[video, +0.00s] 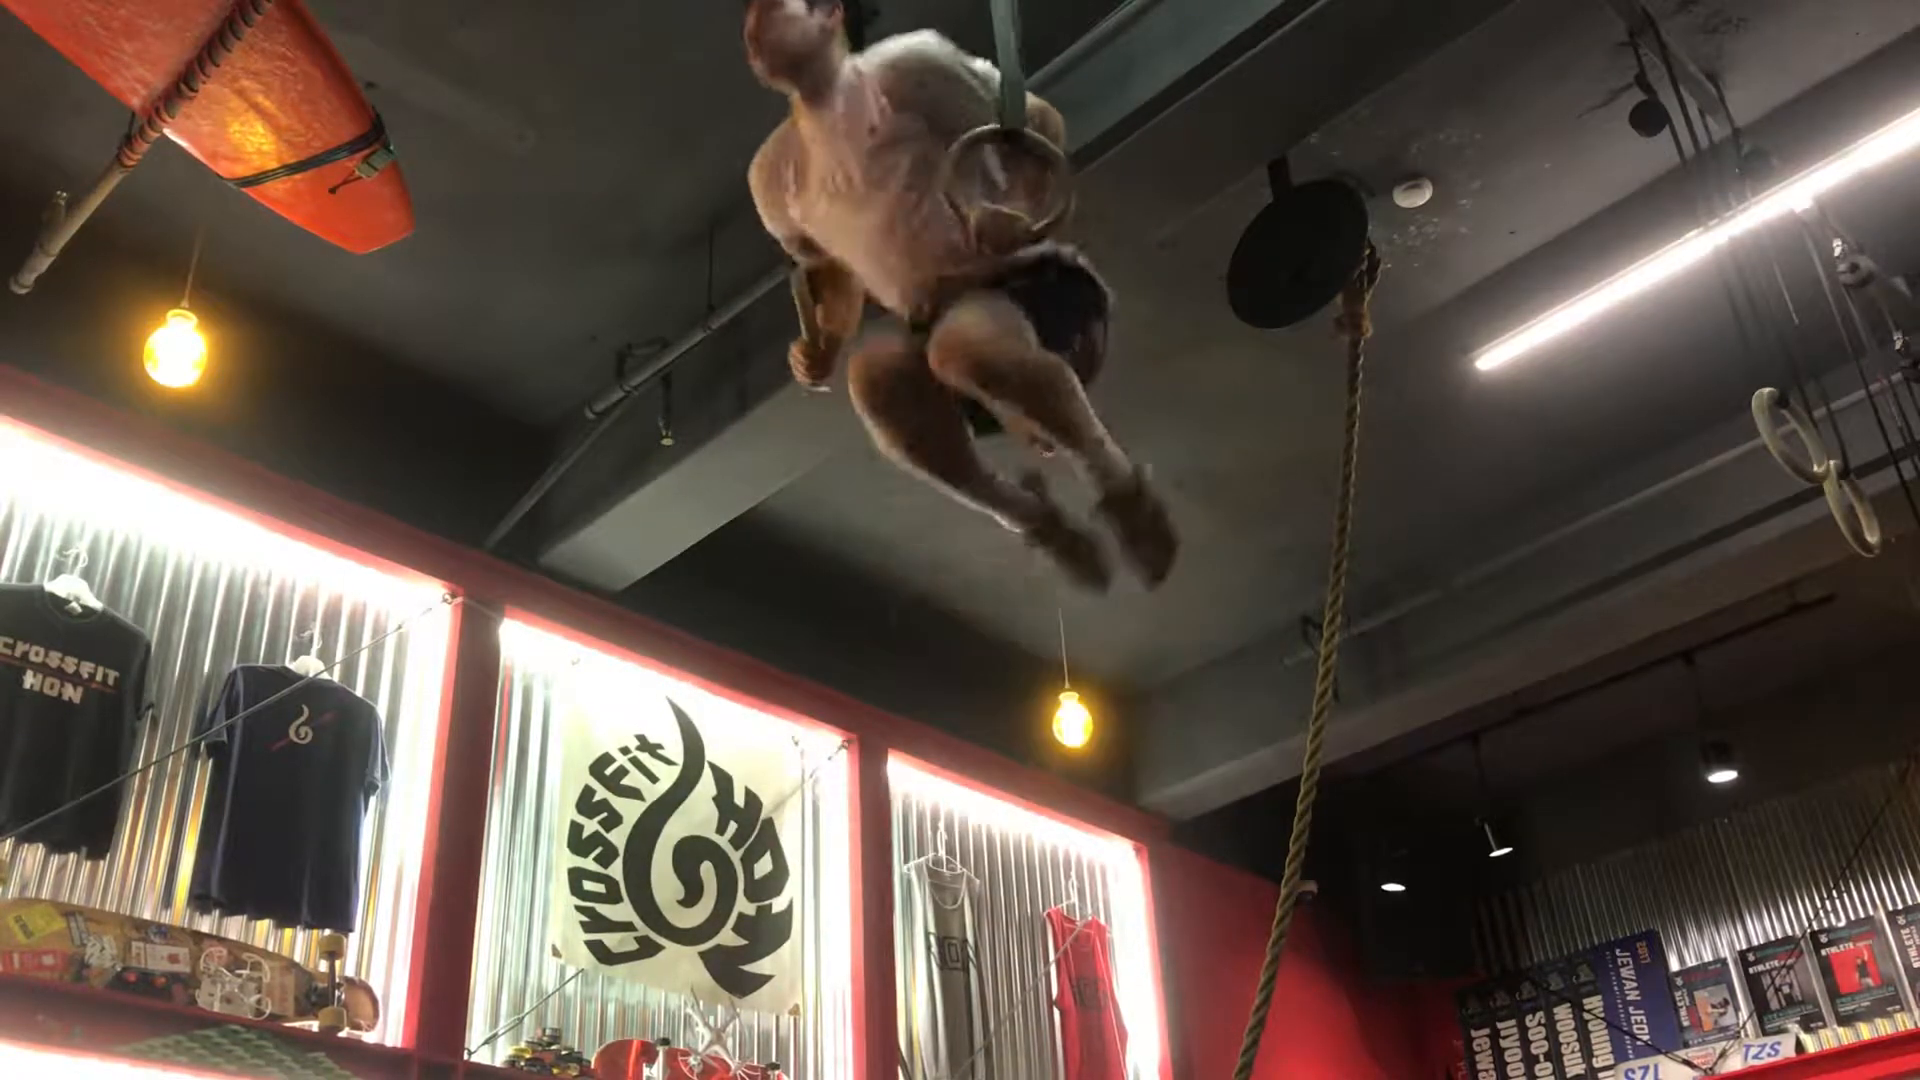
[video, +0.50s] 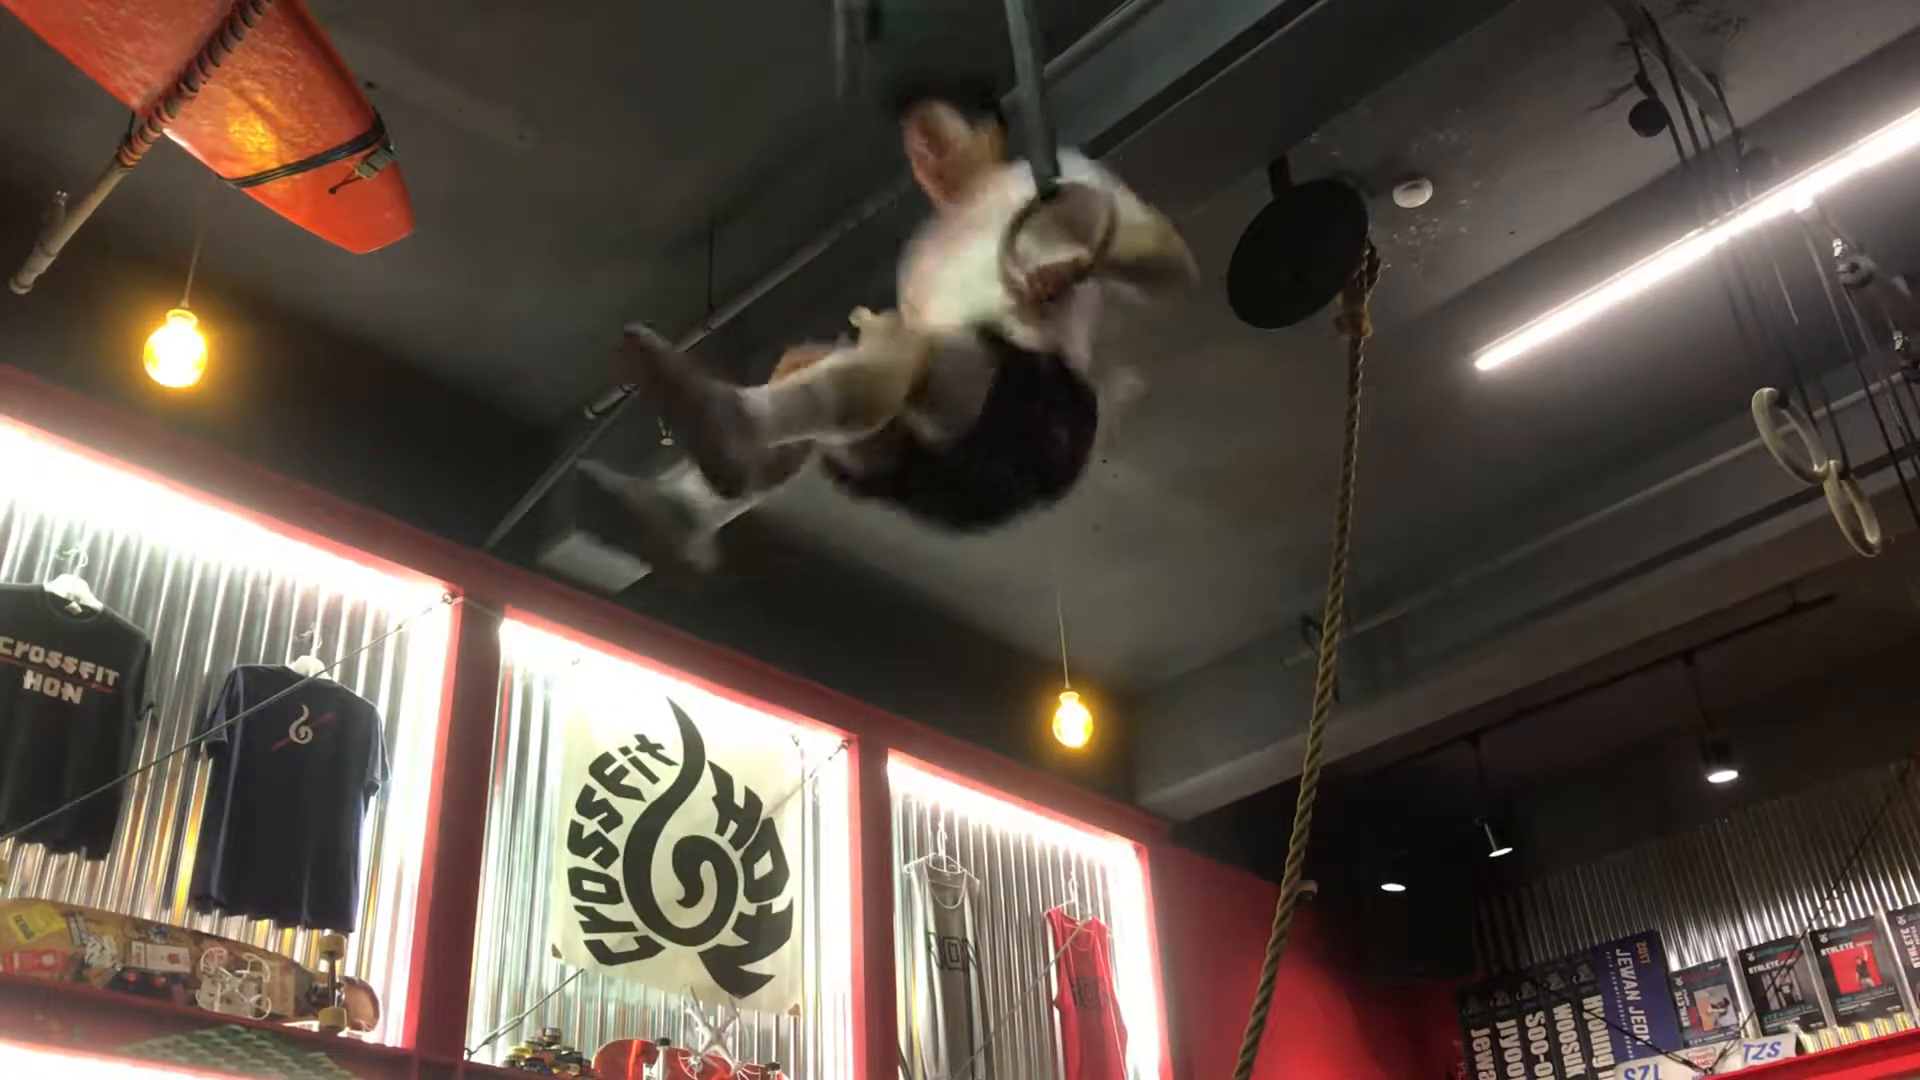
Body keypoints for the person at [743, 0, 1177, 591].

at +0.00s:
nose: (751, 29)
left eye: (770, 8)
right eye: (747, 16)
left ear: (829, 15)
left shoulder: (910, 67)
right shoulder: (773, 176)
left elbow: (1038, 120)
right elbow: (824, 270)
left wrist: (1020, 209)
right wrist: (824, 342)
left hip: (1031, 286)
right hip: (928, 338)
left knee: (960, 347)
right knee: (872, 377)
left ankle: (1117, 479)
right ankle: (1027, 517)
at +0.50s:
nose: (924, 154)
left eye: (938, 131)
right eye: (911, 141)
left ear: (990, 129)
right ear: (905, 157)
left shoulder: (1054, 185)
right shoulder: (923, 257)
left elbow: (1173, 269)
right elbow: (928, 359)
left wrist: (1090, 258)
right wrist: (854, 360)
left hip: (1044, 430)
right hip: (957, 478)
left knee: (912, 349)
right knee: (811, 373)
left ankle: (756, 423)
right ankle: (684, 509)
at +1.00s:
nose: (913, 519)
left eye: (933, 508)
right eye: (903, 509)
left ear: (974, 526)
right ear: (892, 534)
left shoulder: (1014, 583)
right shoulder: (885, 622)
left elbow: (1007, 418)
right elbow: (868, 492)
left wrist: (996, 312)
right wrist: (874, 382)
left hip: (1004, 921)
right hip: (903, 937)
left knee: (994, 1063)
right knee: (862, 1065)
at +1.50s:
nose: (769, 425)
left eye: (796, 415)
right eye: (770, 415)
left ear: (832, 443)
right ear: (763, 447)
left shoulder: (857, 510)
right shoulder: (736, 538)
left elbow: (853, 316)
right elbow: (714, 413)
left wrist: (857, 212)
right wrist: (721, 316)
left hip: (938, 861)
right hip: (835, 908)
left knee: (1197, 1033)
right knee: (936, 1059)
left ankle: (1165, 804)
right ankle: (1051, 882)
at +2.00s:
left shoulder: (1199, 649)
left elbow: (1196, 503)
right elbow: (1024, 580)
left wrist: (1170, 392)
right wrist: (1016, 477)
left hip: (1041, 709)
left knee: (841, 621)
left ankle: (710, 861)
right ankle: (654, 949)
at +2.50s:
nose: (831, 176)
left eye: (843, 150)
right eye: (816, 168)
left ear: (897, 141)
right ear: (812, 184)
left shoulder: (979, 172)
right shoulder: (848, 262)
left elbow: (1109, 178)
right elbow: (883, 353)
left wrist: (1108, 272)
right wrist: (898, 433)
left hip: (1071, 435)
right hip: (980, 485)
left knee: (950, 395)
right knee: (840, 481)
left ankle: (803, 449)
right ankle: (739, 574)